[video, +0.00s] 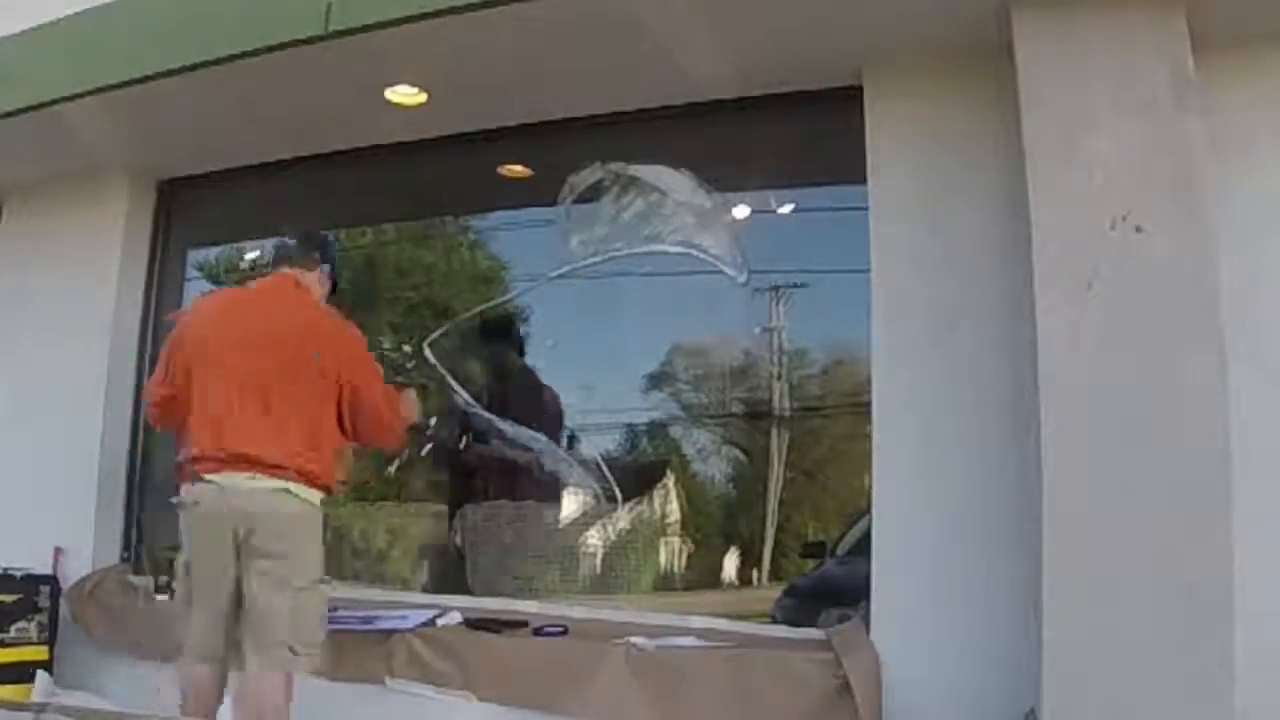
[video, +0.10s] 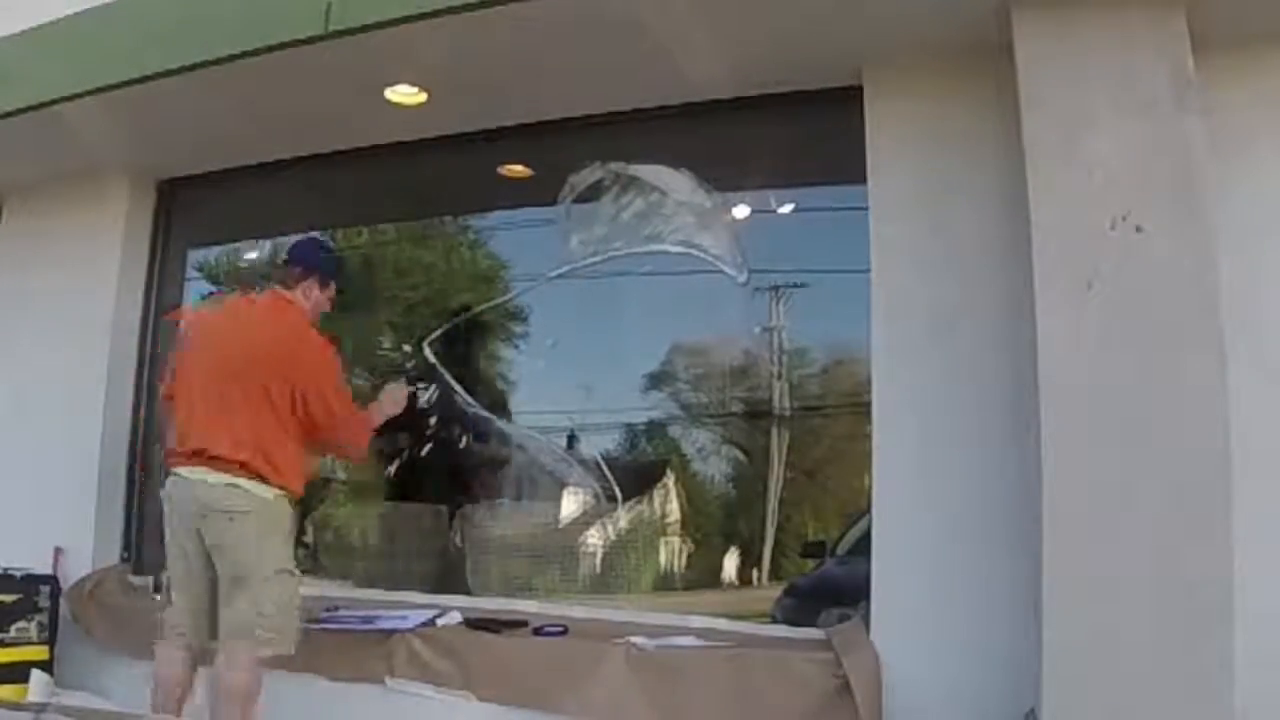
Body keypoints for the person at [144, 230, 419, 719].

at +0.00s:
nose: (325, 299)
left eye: (324, 290)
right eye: (327, 289)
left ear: (269, 270)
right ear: (320, 276)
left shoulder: (203, 313)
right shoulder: (335, 332)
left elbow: (160, 407)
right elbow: (380, 430)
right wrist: (403, 411)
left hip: (205, 505)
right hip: (287, 510)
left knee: (200, 651)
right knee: (271, 657)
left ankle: (197, 718)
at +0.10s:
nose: (328, 307)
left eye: (331, 296)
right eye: (328, 294)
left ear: (281, 277)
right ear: (310, 285)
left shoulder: (204, 318)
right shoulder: (307, 346)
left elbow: (171, 392)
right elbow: (345, 435)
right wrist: (383, 408)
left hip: (182, 492)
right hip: (251, 506)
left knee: (179, 634)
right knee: (242, 646)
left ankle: (162, 715)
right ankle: (230, 718)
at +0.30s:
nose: (224, 299)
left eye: (226, 289)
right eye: (222, 288)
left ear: (179, 279)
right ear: (199, 279)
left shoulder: (116, 331)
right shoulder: (203, 335)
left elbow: (98, 411)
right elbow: (262, 396)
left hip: (116, 487)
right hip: (177, 490)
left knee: (127, 618)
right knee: (196, 621)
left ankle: (119, 714)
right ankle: (196, 715)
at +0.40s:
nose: (208, 304)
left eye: (210, 294)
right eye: (208, 291)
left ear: (162, 281)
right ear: (190, 280)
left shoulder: (105, 337)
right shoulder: (193, 336)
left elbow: (85, 416)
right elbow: (251, 403)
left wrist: (116, 460)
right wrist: (293, 367)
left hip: (110, 488)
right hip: (169, 490)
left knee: (122, 618)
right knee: (195, 618)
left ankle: (115, 715)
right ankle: (197, 716)